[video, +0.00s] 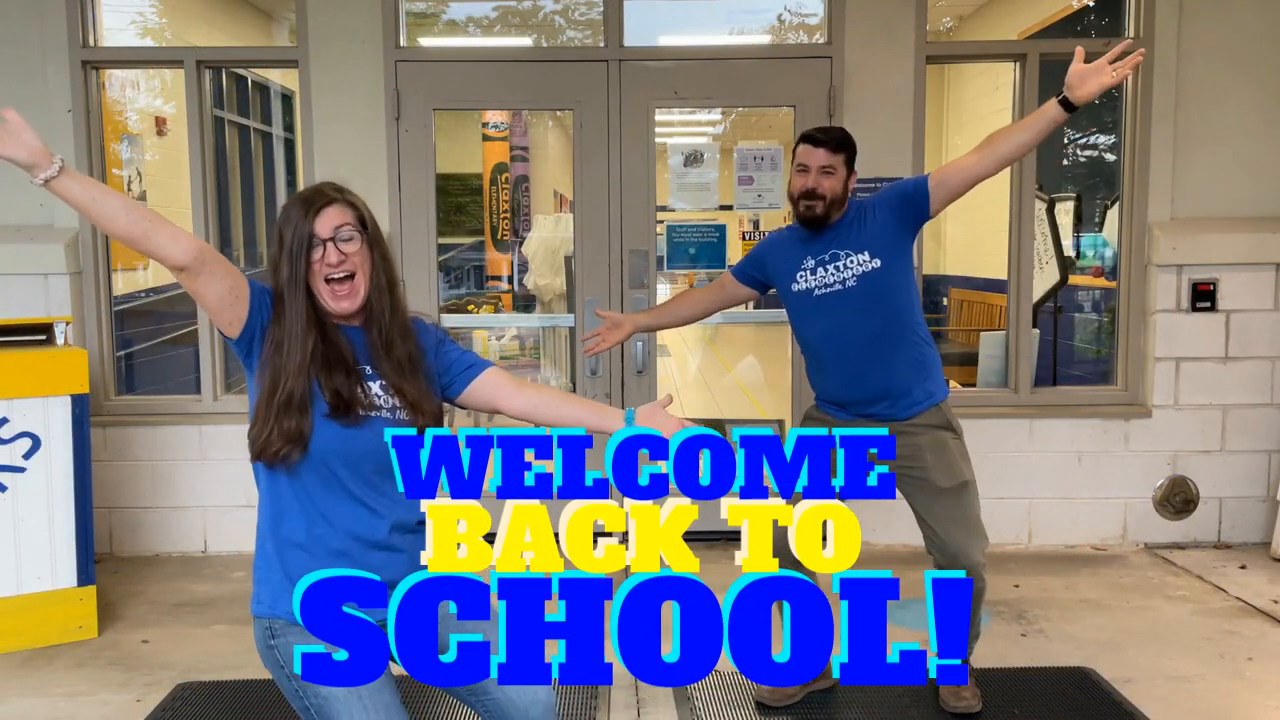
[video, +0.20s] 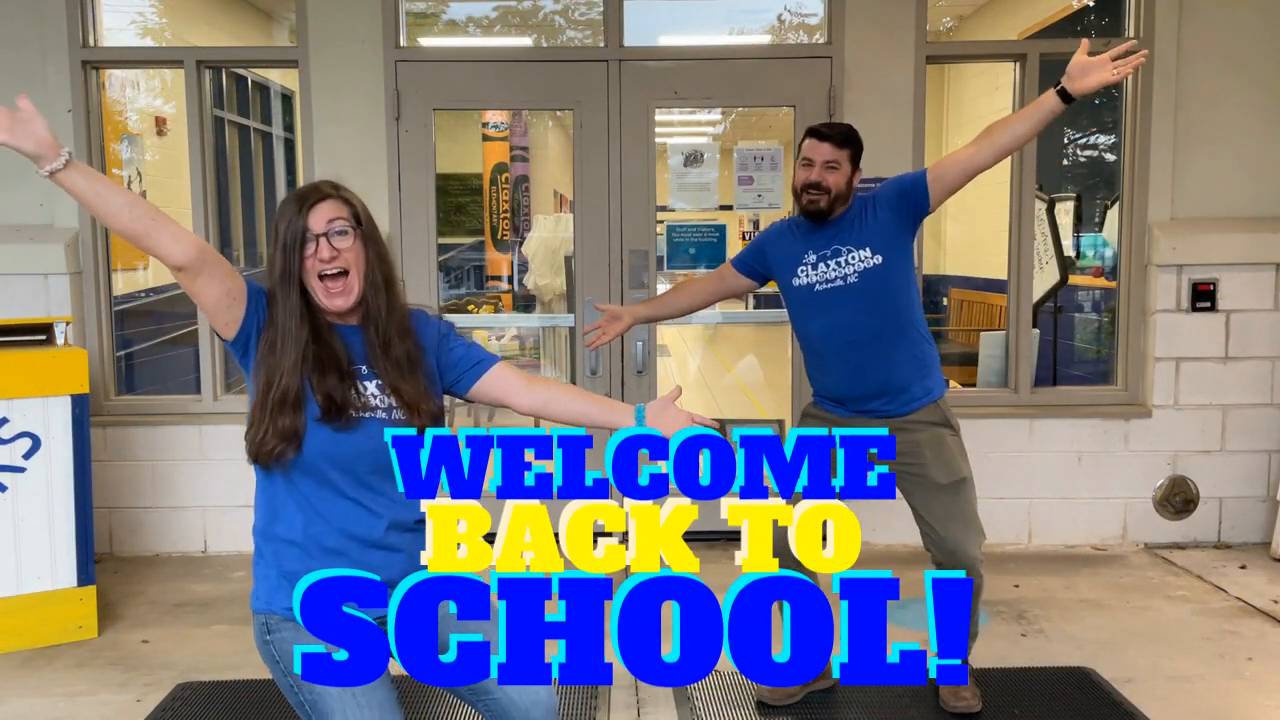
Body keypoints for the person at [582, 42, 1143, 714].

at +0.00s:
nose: (810, 181)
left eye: (825, 171)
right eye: (801, 170)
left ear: (850, 178)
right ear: (789, 177)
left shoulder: (893, 209)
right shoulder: (776, 251)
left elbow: (984, 159)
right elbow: (707, 297)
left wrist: (1068, 99)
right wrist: (635, 321)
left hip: (921, 421)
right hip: (833, 424)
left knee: (964, 556)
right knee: (796, 546)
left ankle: (955, 667)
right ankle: (806, 662)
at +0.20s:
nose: (816, 175)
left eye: (831, 166)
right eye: (808, 163)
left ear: (854, 172)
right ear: (795, 170)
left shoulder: (893, 203)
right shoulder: (778, 242)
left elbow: (984, 150)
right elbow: (709, 288)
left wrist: (1066, 89)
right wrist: (635, 313)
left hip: (918, 415)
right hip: (831, 417)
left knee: (960, 551)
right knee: (799, 543)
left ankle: (954, 667)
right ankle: (809, 661)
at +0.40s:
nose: (819, 170)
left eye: (835, 162)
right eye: (811, 159)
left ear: (857, 169)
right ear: (798, 166)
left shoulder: (897, 201)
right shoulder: (781, 239)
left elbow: (990, 150)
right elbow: (712, 288)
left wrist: (1075, 91)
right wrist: (635, 312)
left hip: (915, 415)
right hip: (830, 417)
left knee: (953, 549)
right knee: (802, 545)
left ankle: (951, 666)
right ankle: (806, 662)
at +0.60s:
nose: (827, 168)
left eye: (841, 159)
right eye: (818, 156)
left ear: (864, 165)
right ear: (806, 162)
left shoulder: (904, 199)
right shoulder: (786, 235)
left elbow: (999, 152)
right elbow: (718, 281)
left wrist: (1084, 93)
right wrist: (638, 302)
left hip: (918, 411)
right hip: (832, 412)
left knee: (952, 544)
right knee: (802, 538)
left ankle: (951, 663)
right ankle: (803, 659)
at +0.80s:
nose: (836, 158)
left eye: (850, 148)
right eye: (826, 147)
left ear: (874, 152)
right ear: (812, 154)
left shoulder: (916, 186)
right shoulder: (794, 222)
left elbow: (1017, 151)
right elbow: (718, 265)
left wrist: (1120, 106)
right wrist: (640, 297)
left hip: (923, 402)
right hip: (837, 409)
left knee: (947, 541)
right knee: (802, 531)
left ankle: (949, 666)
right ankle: (803, 659)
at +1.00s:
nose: (849, 170)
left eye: (863, 158)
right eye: (838, 158)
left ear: (887, 165)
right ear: (824, 164)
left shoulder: (931, 215)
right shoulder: (805, 236)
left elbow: (1025, 261)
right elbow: (763, 319)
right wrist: (721, 389)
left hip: (934, 413)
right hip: (849, 412)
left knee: (951, 552)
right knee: (813, 537)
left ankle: (947, 663)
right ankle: (807, 656)